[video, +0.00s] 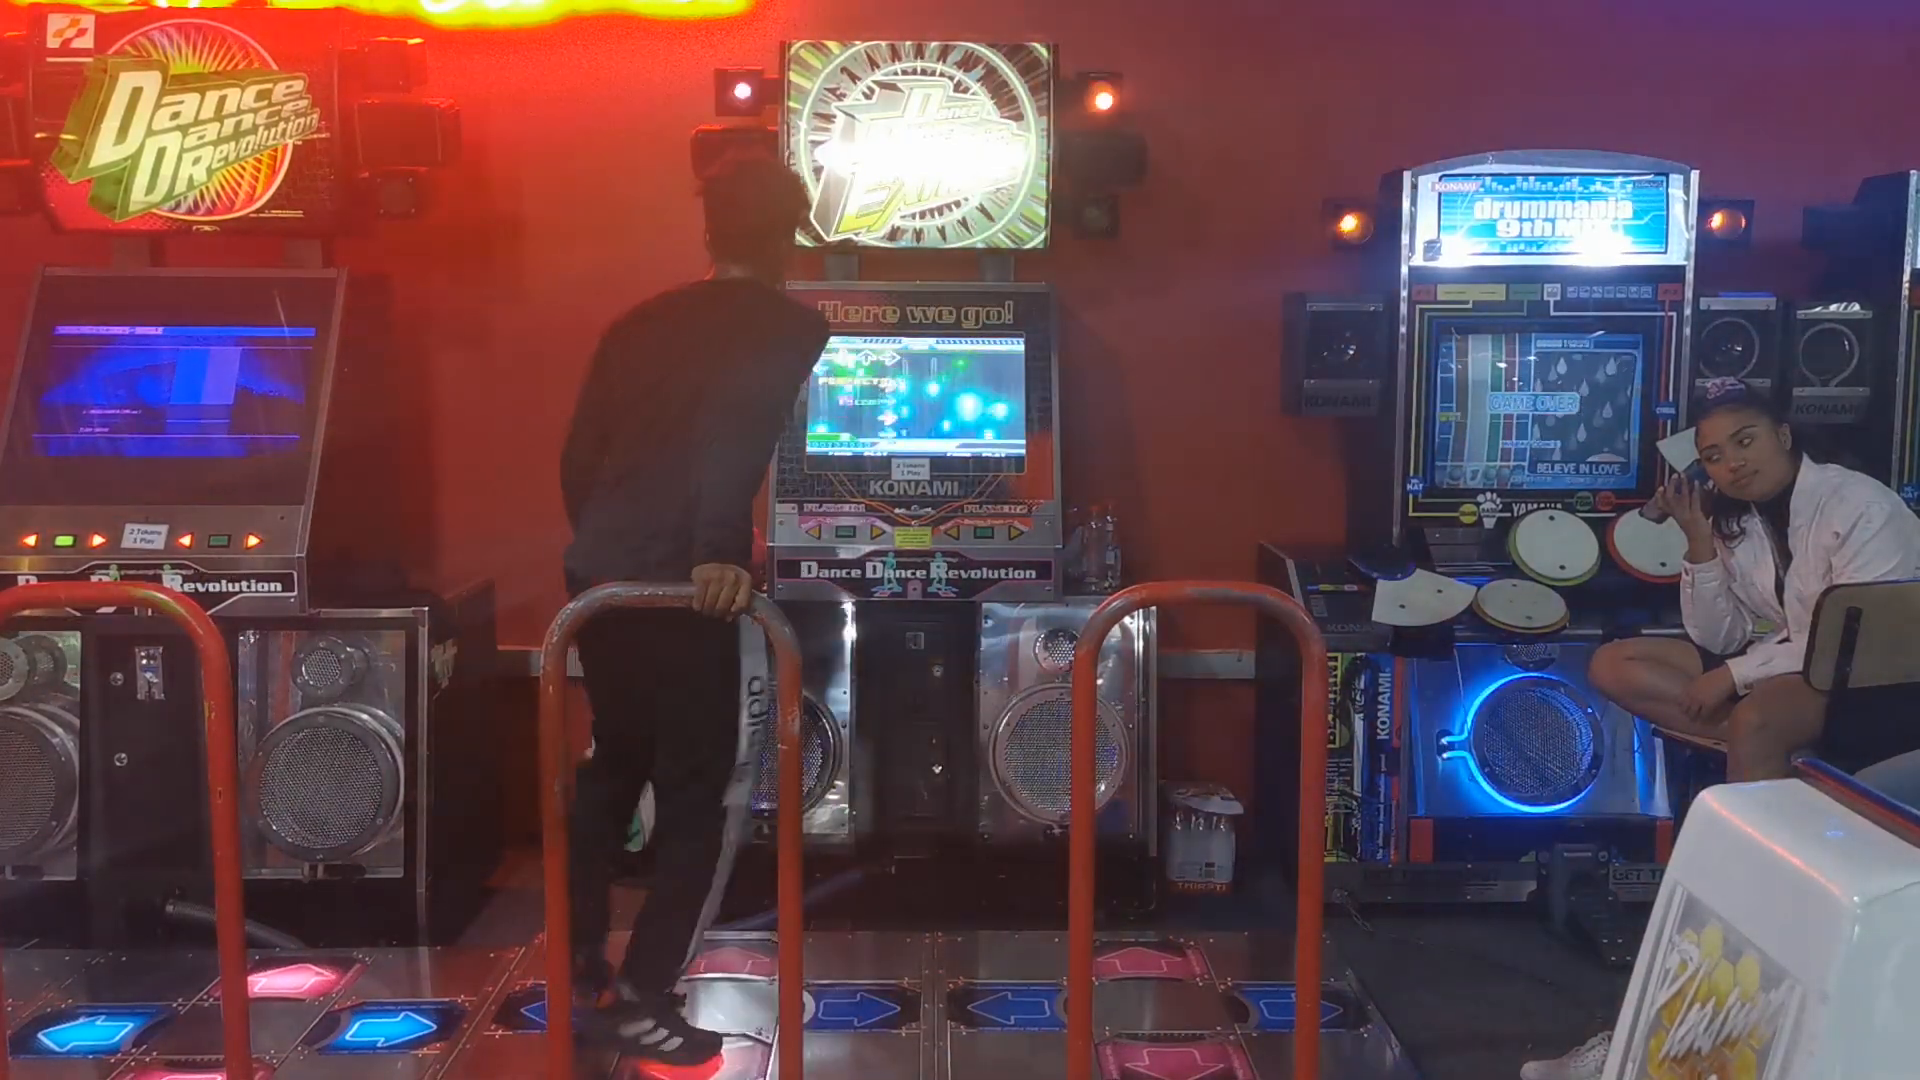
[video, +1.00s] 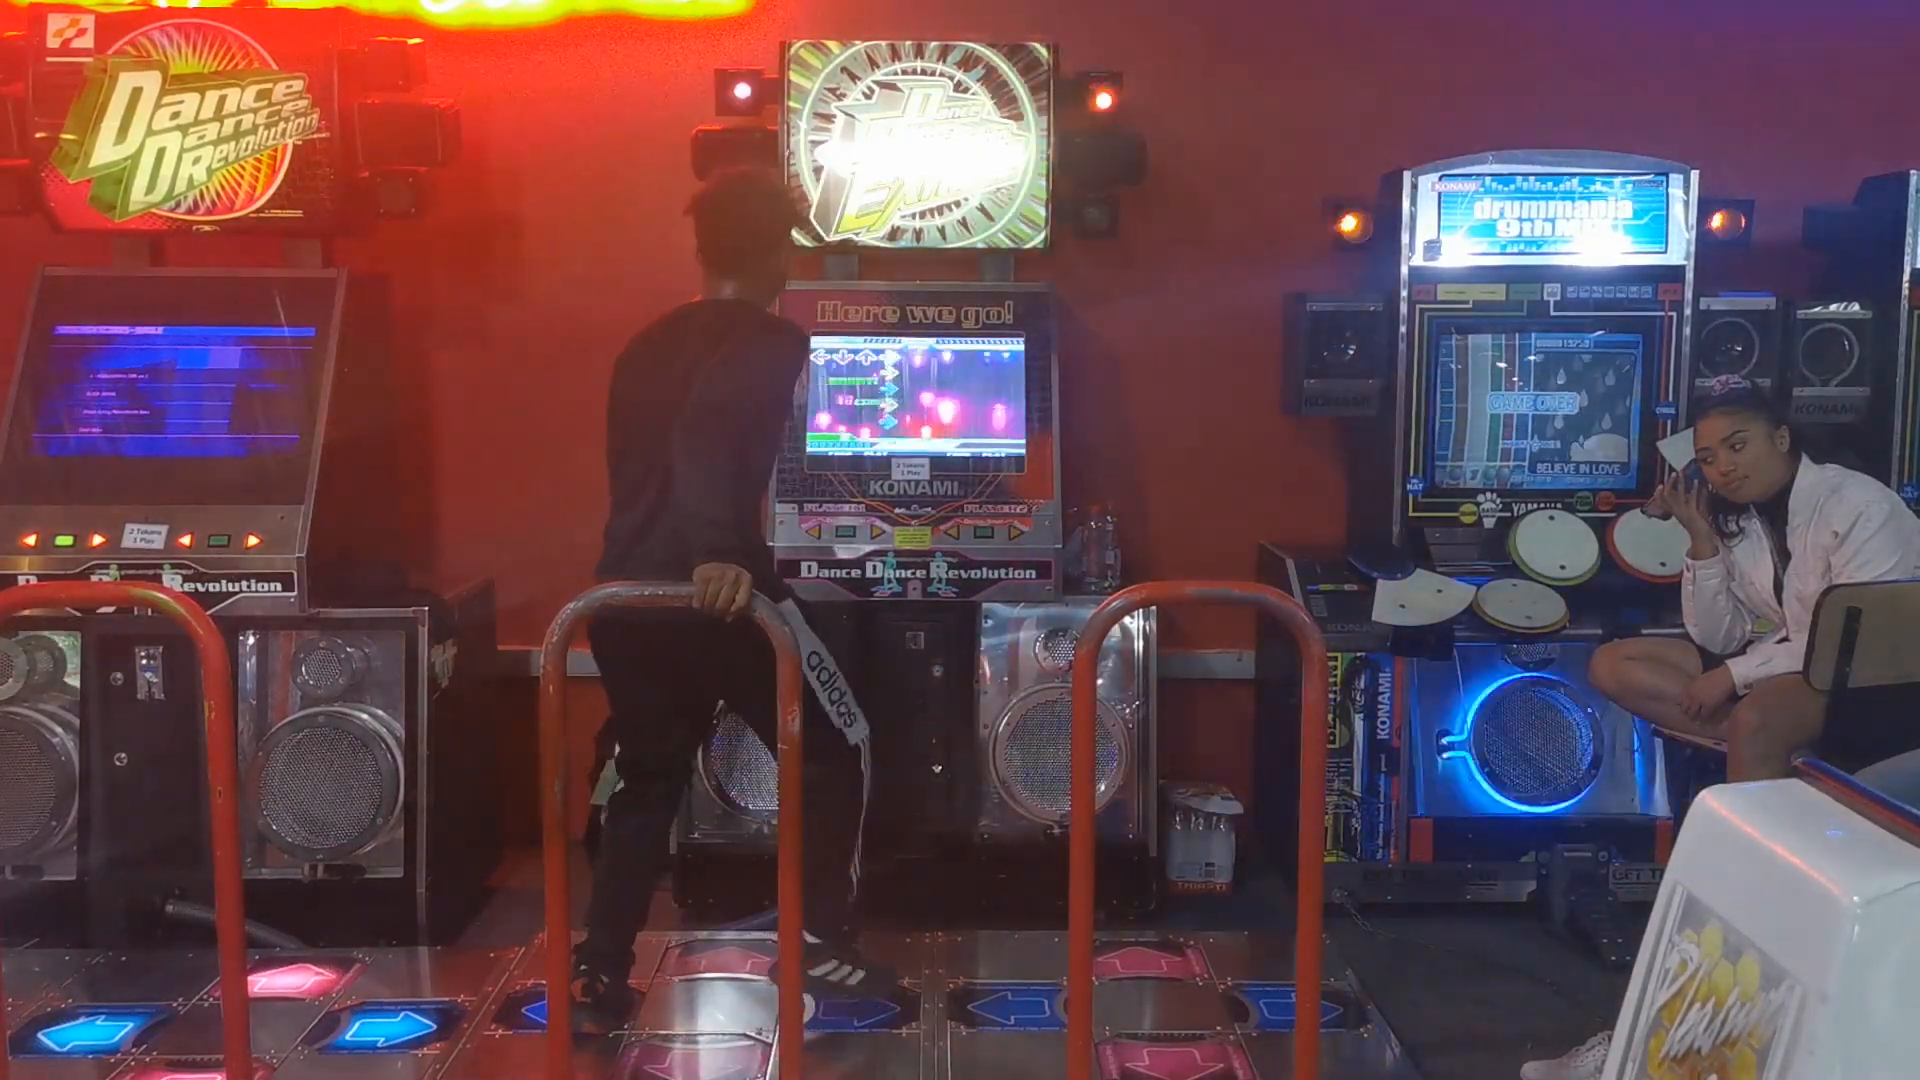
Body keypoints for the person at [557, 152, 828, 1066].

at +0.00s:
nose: (791, 247)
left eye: (775, 229)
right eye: (791, 232)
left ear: (712, 233)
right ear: (788, 235)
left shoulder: (636, 323)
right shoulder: (790, 325)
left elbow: (580, 456)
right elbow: (739, 432)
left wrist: (602, 554)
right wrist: (722, 541)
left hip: (600, 575)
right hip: (693, 578)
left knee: (614, 758)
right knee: (692, 795)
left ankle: (580, 953)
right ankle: (644, 1003)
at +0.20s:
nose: (790, 248)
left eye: (778, 233)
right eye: (790, 235)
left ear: (709, 240)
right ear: (785, 239)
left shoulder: (642, 331)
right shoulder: (781, 326)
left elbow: (608, 467)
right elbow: (729, 430)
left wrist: (621, 556)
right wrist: (724, 544)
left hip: (618, 584)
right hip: (715, 581)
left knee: (631, 776)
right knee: (801, 738)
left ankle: (599, 979)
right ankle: (756, 906)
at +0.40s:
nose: (788, 257)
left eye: (785, 240)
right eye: (782, 241)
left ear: (714, 248)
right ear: (774, 248)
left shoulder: (651, 342)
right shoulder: (785, 334)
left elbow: (628, 482)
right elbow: (733, 432)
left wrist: (649, 568)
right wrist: (722, 546)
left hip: (637, 607)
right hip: (738, 596)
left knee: (652, 780)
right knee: (839, 745)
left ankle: (601, 975)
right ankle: (813, 951)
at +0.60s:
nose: (804, 260)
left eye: (799, 247)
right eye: (801, 247)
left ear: (719, 255)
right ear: (790, 254)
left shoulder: (658, 348)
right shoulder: (781, 341)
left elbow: (637, 481)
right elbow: (719, 433)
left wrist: (651, 569)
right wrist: (720, 546)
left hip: (643, 600)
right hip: (740, 591)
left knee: (662, 771)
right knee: (842, 741)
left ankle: (602, 973)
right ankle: (820, 946)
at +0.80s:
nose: (800, 260)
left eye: (796, 246)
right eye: (797, 246)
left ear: (716, 253)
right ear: (785, 253)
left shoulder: (652, 346)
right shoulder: (774, 339)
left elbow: (647, 475)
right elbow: (716, 433)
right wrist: (716, 546)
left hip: (637, 595)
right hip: (738, 590)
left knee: (653, 775)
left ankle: (601, 977)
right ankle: (823, 945)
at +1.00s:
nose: (791, 258)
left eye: (788, 244)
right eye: (788, 244)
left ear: (704, 253)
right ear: (776, 252)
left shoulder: (643, 349)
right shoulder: (769, 340)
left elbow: (632, 479)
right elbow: (716, 431)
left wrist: (652, 559)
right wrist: (716, 546)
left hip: (630, 599)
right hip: (729, 596)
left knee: (645, 780)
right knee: (833, 753)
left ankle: (599, 978)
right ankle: (819, 950)